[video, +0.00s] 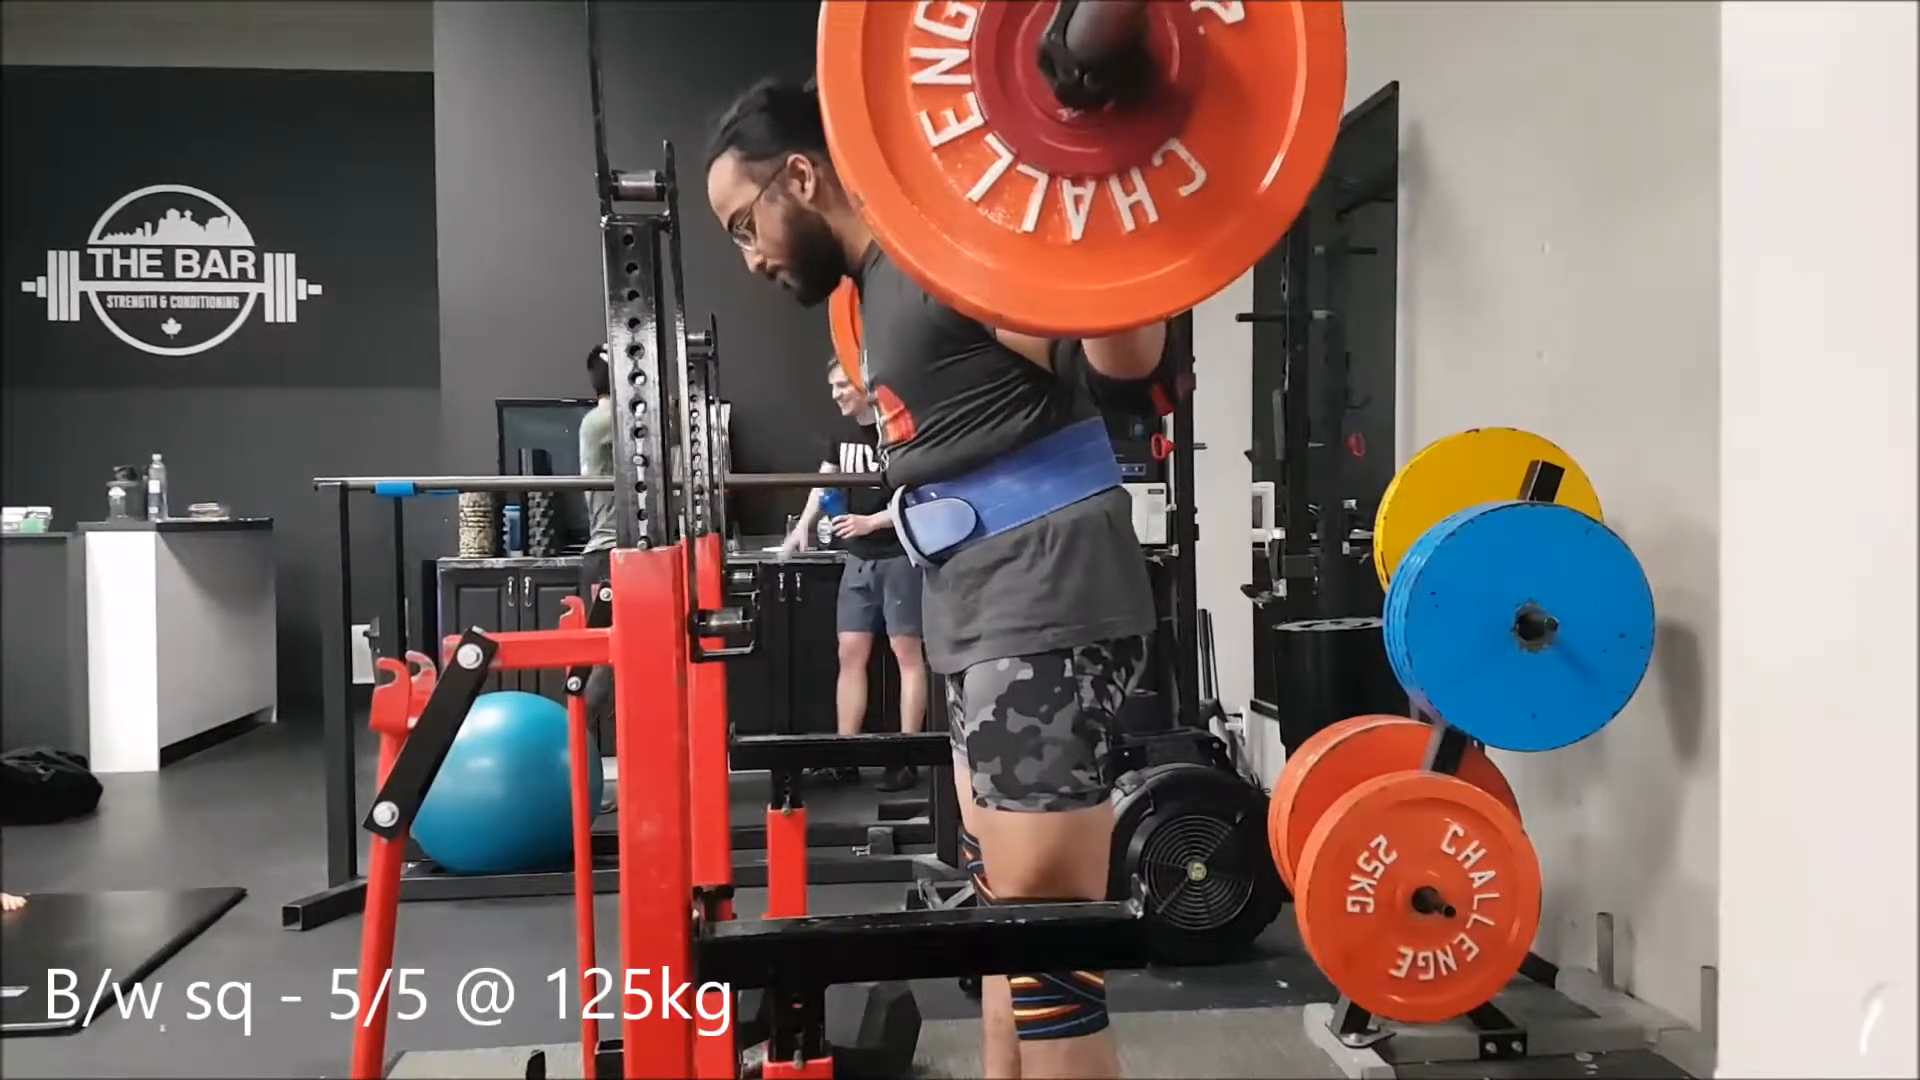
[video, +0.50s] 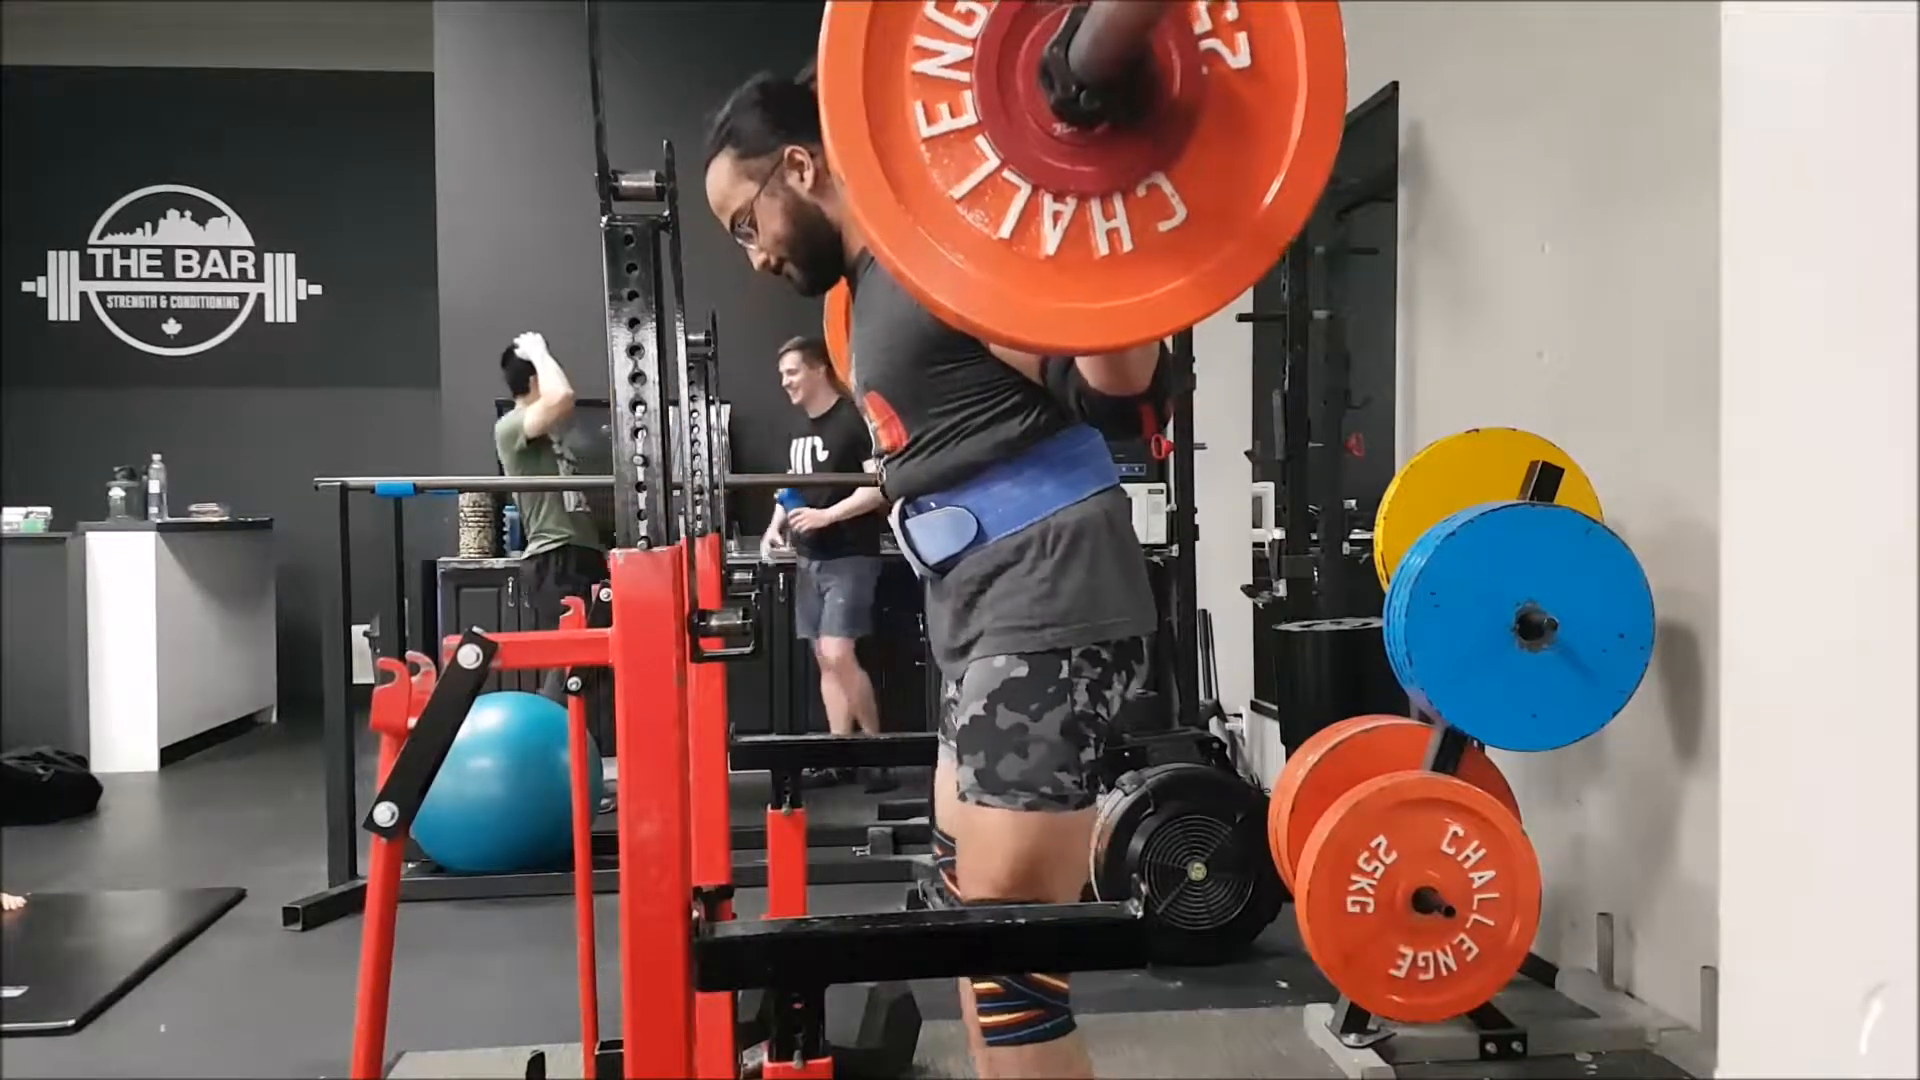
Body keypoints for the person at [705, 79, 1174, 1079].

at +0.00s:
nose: (750, 256)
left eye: (747, 222)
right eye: (735, 236)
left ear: (805, 172)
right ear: (803, 182)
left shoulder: (934, 237)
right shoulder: (872, 283)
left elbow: (1119, 350)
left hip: (1047, 584)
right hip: (978, 593)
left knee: (1043, 933)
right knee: (1005, 925)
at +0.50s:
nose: (752, 254)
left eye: (748, 220)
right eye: (737, 236)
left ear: (804, 164)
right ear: (799, 175)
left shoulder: (930, 241)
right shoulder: (862, 293)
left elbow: (1119, 371)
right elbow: (934, 456)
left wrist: (1134, 203)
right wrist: (834, 512)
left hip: (1046, 577)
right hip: (972, 592)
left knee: (1002, 931)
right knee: (969, 902)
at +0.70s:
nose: (748, 301)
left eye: (743, 270)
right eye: (732, 284)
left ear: (795, 214)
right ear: (795, 224)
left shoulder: (924, 286)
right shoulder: (865, 333)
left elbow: (1116, 417)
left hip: (1080, 610)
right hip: (1000, 627)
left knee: (959, 946)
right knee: (928, 858)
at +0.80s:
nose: (743, 341)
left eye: (736, 312)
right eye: (727, 326)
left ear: (790, 257)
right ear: (789, 265)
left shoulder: (915, 325)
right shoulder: (854, 382)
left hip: (1097, 644)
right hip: (1011, 662)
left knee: (957, 950)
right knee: (923, 860)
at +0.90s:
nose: (737, 394)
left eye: (731, 365)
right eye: (722, 378)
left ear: (787, 312)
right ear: (784, 320)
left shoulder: (900, 365)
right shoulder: (849, 421)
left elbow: (1038, 281)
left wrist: (1125, 208)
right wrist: (814, 500)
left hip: (1119, 683)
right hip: (1027, 691)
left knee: (948, 999)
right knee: (915, 866)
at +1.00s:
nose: (740, 449)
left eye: (730, 416)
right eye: (724, 429)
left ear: (781, 364)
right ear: (783, 368)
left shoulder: (918, 411)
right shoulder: (855, 444)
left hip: (1126, 721)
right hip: (1023, 723)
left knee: (938, 1005)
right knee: (905, 868)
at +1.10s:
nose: (733, 508)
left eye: (726, 478)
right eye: (719, 490)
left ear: (775, 430)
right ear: (770, 436)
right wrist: (773, 692)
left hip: (1136, 756)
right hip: (1040, 742)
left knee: (924, 1014)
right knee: (897, 870)